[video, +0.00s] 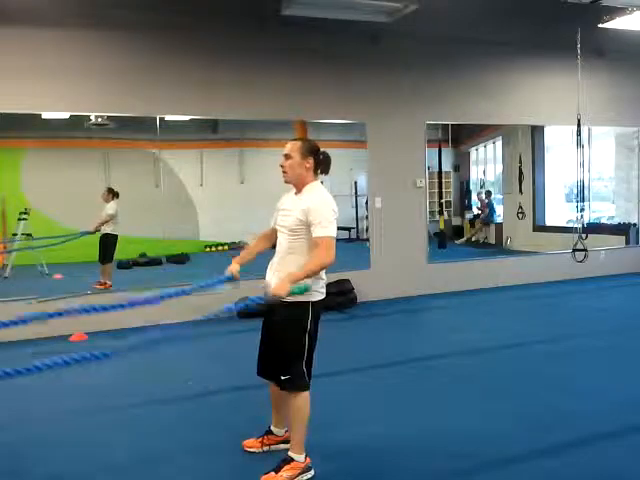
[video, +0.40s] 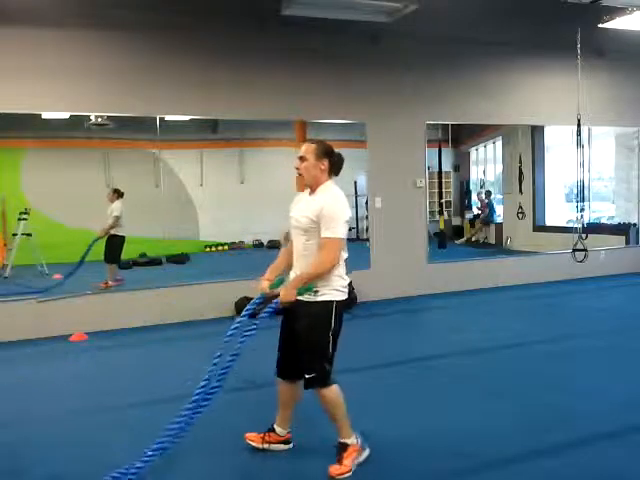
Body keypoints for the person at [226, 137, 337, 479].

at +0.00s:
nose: (282, 164)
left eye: (288, 158)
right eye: (283, 158)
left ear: (309, 164)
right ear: (297, 164)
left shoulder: (320, 201)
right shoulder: (289, 197)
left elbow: (325, 256)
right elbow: (270, 236)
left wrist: (292, 278)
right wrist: (240, 259)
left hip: (304, 300)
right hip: (278, 297)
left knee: (295, 378)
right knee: (274, 370)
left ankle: (299, 458)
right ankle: (279, 431)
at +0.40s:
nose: (297, 164)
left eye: (303, 159)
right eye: (298, 158)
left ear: (323, 166)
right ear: (312, 166)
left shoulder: (333, 200)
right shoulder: (303, 199)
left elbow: (330, 257)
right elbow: (293, 246)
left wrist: (295, 283)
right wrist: (271, 275)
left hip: (325, 298)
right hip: (298, 296)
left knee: (318, 376)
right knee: (288, 370)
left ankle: (350, 443)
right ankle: (281, 433)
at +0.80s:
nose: (329, 161)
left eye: (335, 156)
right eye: (329, 156)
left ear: (356, 159)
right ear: (345, 160)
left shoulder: (368, 191)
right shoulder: (336, 194)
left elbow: (391, 226)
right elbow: (327, 221)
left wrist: (361, 244)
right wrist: (303, 229)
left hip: (359, 298)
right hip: (332, 293)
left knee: (360, 375)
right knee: (330, 364)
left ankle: (365, 446)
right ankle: (337, 421)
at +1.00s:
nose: (328, 166)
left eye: (333, 160)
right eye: (328, 160)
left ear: (354, 162)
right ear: (344, 163)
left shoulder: (372, 194)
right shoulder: (340, 194)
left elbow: (383, 241)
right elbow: (326, 223)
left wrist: (363, 252)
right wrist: (290, 225)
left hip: (366, 296)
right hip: (341, 292)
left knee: (366, 373)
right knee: (346, 366)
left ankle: (366, 446)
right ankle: (349, 424)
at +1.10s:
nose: (329, 167)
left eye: (334, 161)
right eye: (328, 161)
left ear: (355, 163)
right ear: (344, 164)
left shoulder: (372, 199)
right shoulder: (342, 196)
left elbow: (378, 252)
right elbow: (334, 237)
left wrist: (353, 279)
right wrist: (308, 254)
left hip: (369, 297)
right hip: (342, 293)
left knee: (367, 374)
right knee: (346, 366)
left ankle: (366, 446)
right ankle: (349, 424)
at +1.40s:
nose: (335, 162)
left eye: (341, 156)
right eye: (335, 157)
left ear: (361, 159)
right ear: (350, 161)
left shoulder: (370, 194)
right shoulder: (347, 193)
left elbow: (367, 248)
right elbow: (340, 242)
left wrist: (336, 282)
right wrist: (316, 270)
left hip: (364, 293)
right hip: (343, 290)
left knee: (355, 368)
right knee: (344, 365)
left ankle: (362, 442)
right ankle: (350, 426)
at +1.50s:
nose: (338, 161)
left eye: (343, 155)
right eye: (338, 156)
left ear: (364, 159)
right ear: (351, 160)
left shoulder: (373, 193)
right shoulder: (348, 193)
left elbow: (370, 247)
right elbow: (339, 241)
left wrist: (336, 278)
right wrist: (313, 267)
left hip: (364, 295)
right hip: (342, 292)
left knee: (357, 369)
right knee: (343, 366)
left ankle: (361, 443)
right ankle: (349, 426)